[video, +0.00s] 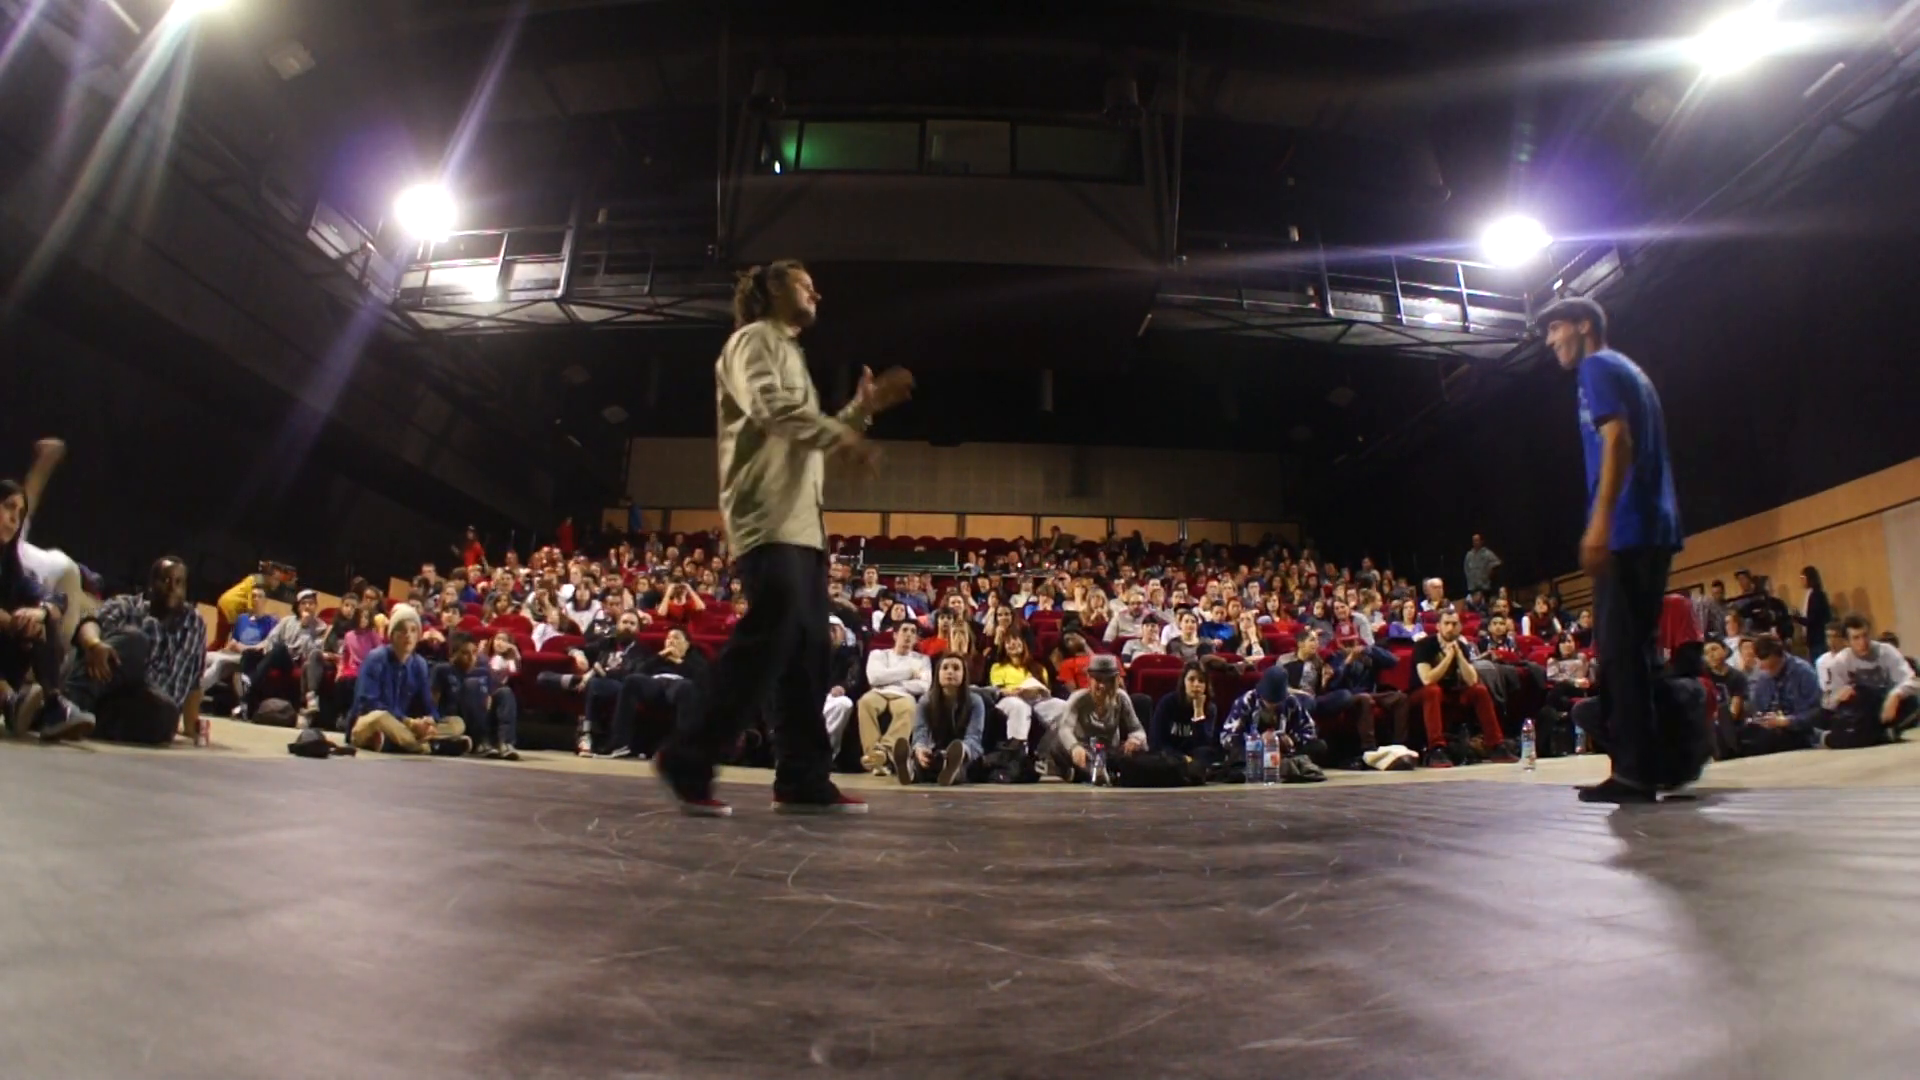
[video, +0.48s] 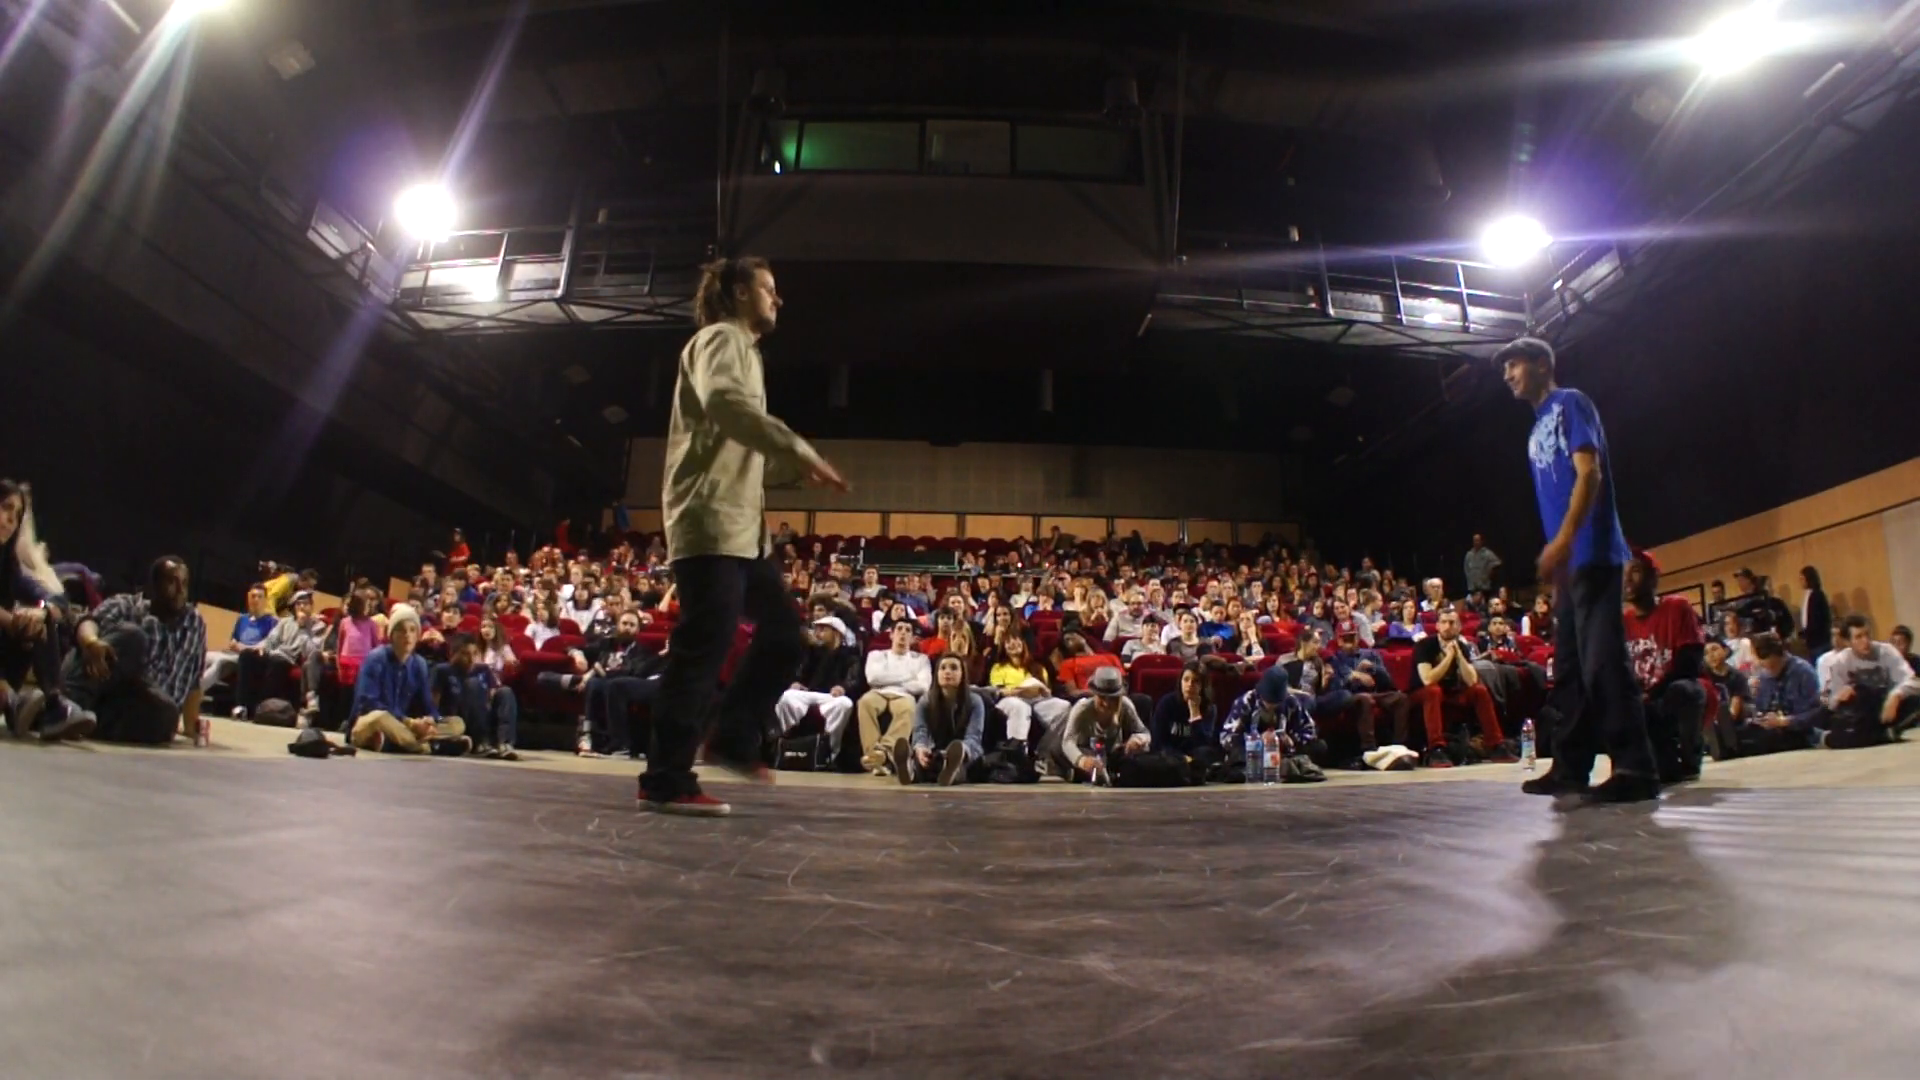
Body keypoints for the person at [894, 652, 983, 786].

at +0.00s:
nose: (950, 672)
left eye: (956, 668)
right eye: (945, 668)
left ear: (964, 674)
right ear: (937, 673)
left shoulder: (975, 701)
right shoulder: (925, 701)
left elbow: (974, 738)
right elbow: (920, 731)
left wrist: (960, 751)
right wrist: (919, 748)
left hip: (962, 751)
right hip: (933, 749)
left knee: (956, 763)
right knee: (919, 761)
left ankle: (949, 773)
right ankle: (910, 769)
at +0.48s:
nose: (948, 672)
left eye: (954, 668)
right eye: (943, 667)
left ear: (962, 674)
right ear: (936, 673)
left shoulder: (974, 701)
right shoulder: (925, 701)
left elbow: (974, 736)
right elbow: (920, 730)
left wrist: (962, 751)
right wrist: (920, 747)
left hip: (962, 751)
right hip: (933, 750)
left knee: (956, 764)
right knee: (919, 762)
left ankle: (949, 774)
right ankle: (909, 768)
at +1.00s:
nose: (947, 672)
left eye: (953, 667)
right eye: (942, 668)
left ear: (962, 673)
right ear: (936, 673)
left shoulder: (974, 701)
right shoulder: (925, 701)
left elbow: (974, 737)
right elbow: (920, 730)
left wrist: (961, 750)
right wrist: (920, 748)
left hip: (961, 752)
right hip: (933, 750)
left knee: (956, 764)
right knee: (918, 762)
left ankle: (949, 774)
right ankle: (909, 769)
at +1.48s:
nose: (947, 672)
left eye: (953, 668)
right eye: (942, 668)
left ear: (962, 673)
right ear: (936, 674)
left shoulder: (974, 701)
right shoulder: (924, 702)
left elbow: (974, 738)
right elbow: (920, 731)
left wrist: (960, 751)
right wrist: (920, 748)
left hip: (961, 752)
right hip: (933, 750)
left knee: (955, 763)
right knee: (918, 762)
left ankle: (949, 774)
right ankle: (909, 769)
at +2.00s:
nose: (947, 672)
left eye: (953, 668)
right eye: (942, 668)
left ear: (962, 673)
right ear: (935, 673)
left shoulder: (974, 701)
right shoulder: (925, 701)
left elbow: (974, 737)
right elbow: (920, 730)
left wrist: (961, 750)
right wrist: (920, 748)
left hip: (962, 752)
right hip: (933, 750)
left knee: (955, 763)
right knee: (918, 762)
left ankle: (949, 774)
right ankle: (909, 769)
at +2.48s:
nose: (947, 672)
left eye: (953, 668)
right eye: (942, 668)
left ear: (962, 673)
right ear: (936, 674)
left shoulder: (974, 701)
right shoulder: (925, 701)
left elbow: (974, 737)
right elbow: (920, 731)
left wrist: (961, 751)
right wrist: (920, 748)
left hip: (963, 751)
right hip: (933, 750)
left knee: (955, 763)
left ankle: (949, 773)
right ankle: (910, 768)